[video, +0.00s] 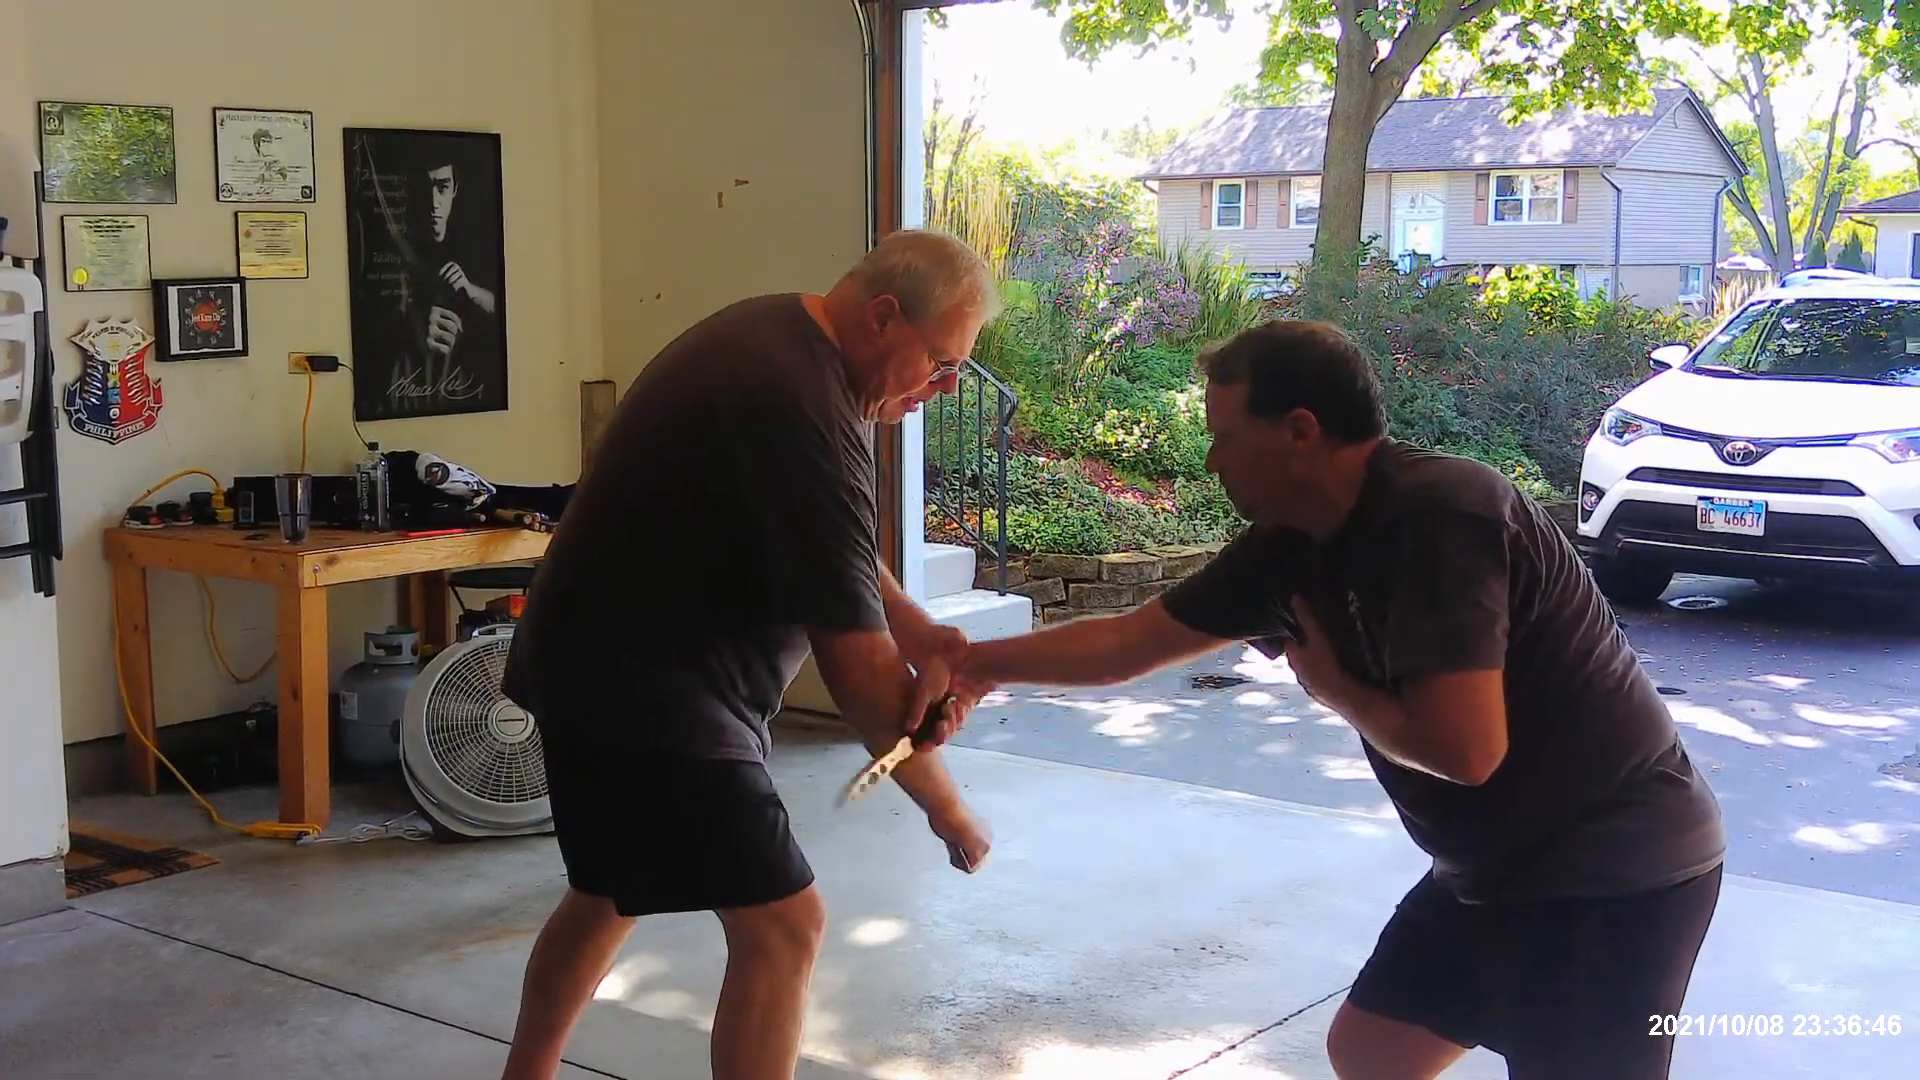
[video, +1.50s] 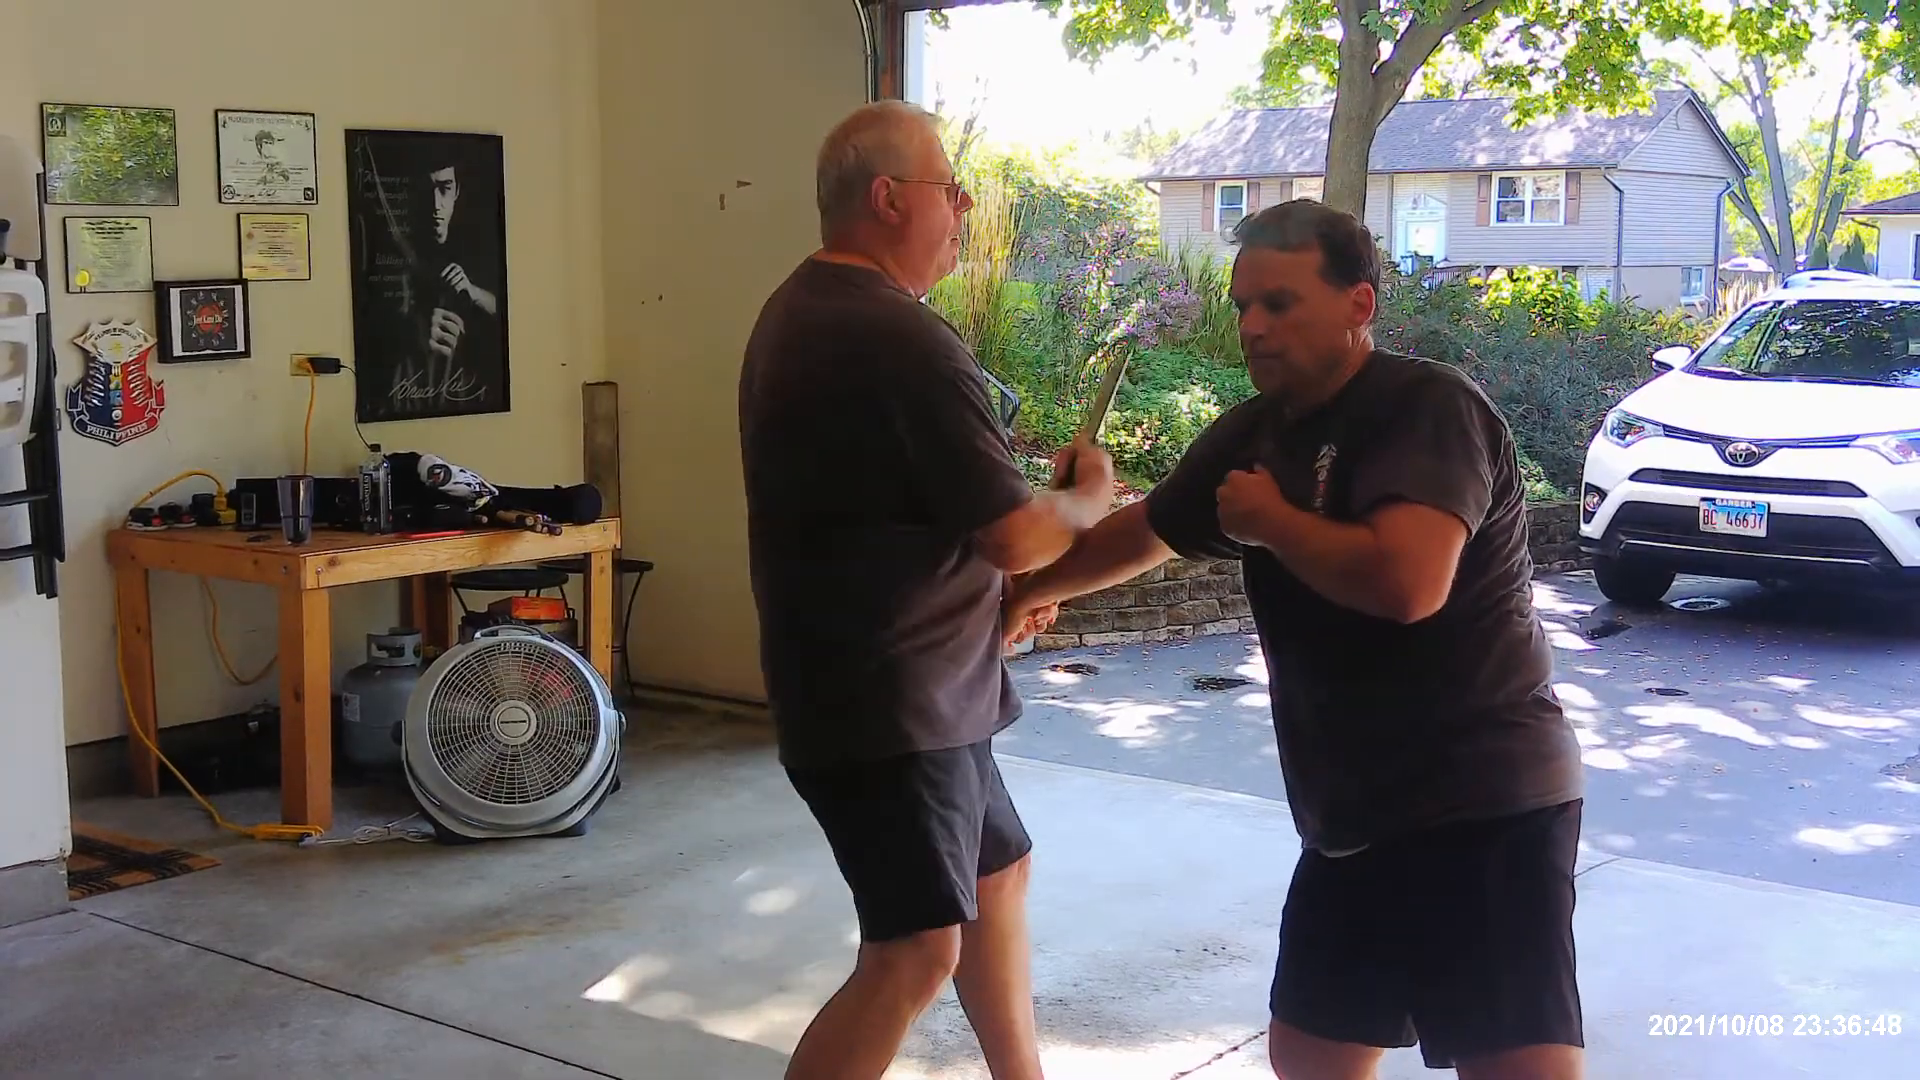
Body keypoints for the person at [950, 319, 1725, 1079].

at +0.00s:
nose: (1213, 458)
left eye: (1224, 434)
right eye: (1212, 435)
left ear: (1301, 434)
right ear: (1300, 437)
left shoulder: (1445, 517)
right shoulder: (1289, 542)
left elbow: (1469, 748)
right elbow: (1134, 639)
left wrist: (1338, 691)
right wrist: (976, 659)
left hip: (1625, 865)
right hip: (1491, 865)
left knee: (1585, 1069)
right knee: (1371, 1050)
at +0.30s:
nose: (1187, 389)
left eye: (1206, 366)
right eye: (1187, 366)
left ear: (1290, 371)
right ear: (1267, 375)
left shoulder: (1379, 455)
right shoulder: (1245, 479)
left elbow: (1411, 682)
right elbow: (1112, 547)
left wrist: (1275, 608)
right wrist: (979, 570)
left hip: (1593, 798)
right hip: (1472, 809)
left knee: (1596, 1062)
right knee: (1395, 1035)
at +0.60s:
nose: (1146, 436)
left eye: (1164, 411)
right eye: (1140, 415)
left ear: (1254, 401)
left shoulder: (1371, 474)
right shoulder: (1195, 519)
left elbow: (1407, 670)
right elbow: (1069, 585)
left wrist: (1239, 607)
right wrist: (947, 601)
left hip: (1565, 813)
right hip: (1423, 831)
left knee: (1594, 1065)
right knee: (1323, 1049)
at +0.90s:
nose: (1156, 393)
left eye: (1177, 367)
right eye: (1149, 372)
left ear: (1264, 359)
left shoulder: (1379, 435)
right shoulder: (1181, 487)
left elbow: (1417, 626)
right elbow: (1046, 560)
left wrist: (1250, 568)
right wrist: (932, 594)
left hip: (1532, 797)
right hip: (1388, 821)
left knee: (1556, 1065)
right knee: (1304, 1045)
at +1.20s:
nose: (1202, 333)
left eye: (1228, 309)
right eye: (1200, 310)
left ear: (1317, 314)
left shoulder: (1405, 410)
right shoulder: (1220, 454)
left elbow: (1403, 594)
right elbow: (1113, 560)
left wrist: (1261, 536)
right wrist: (991, 627)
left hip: (1511, 804)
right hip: (1367, 818)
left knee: (1539, 1061)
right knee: (1317, 1050)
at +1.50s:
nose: (1249, 328)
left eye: (1276, 303)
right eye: (1242, 306)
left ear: (1359, 306)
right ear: (1234, 310)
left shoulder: (1433, 406)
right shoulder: (1248, 437)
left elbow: (1408, 581)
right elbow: (1141, 533)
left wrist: (1269, 521)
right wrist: (1030, 588)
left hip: (1489, 815)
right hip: (1349, 823)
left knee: (1517, 1062)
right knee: (1310, 1055)